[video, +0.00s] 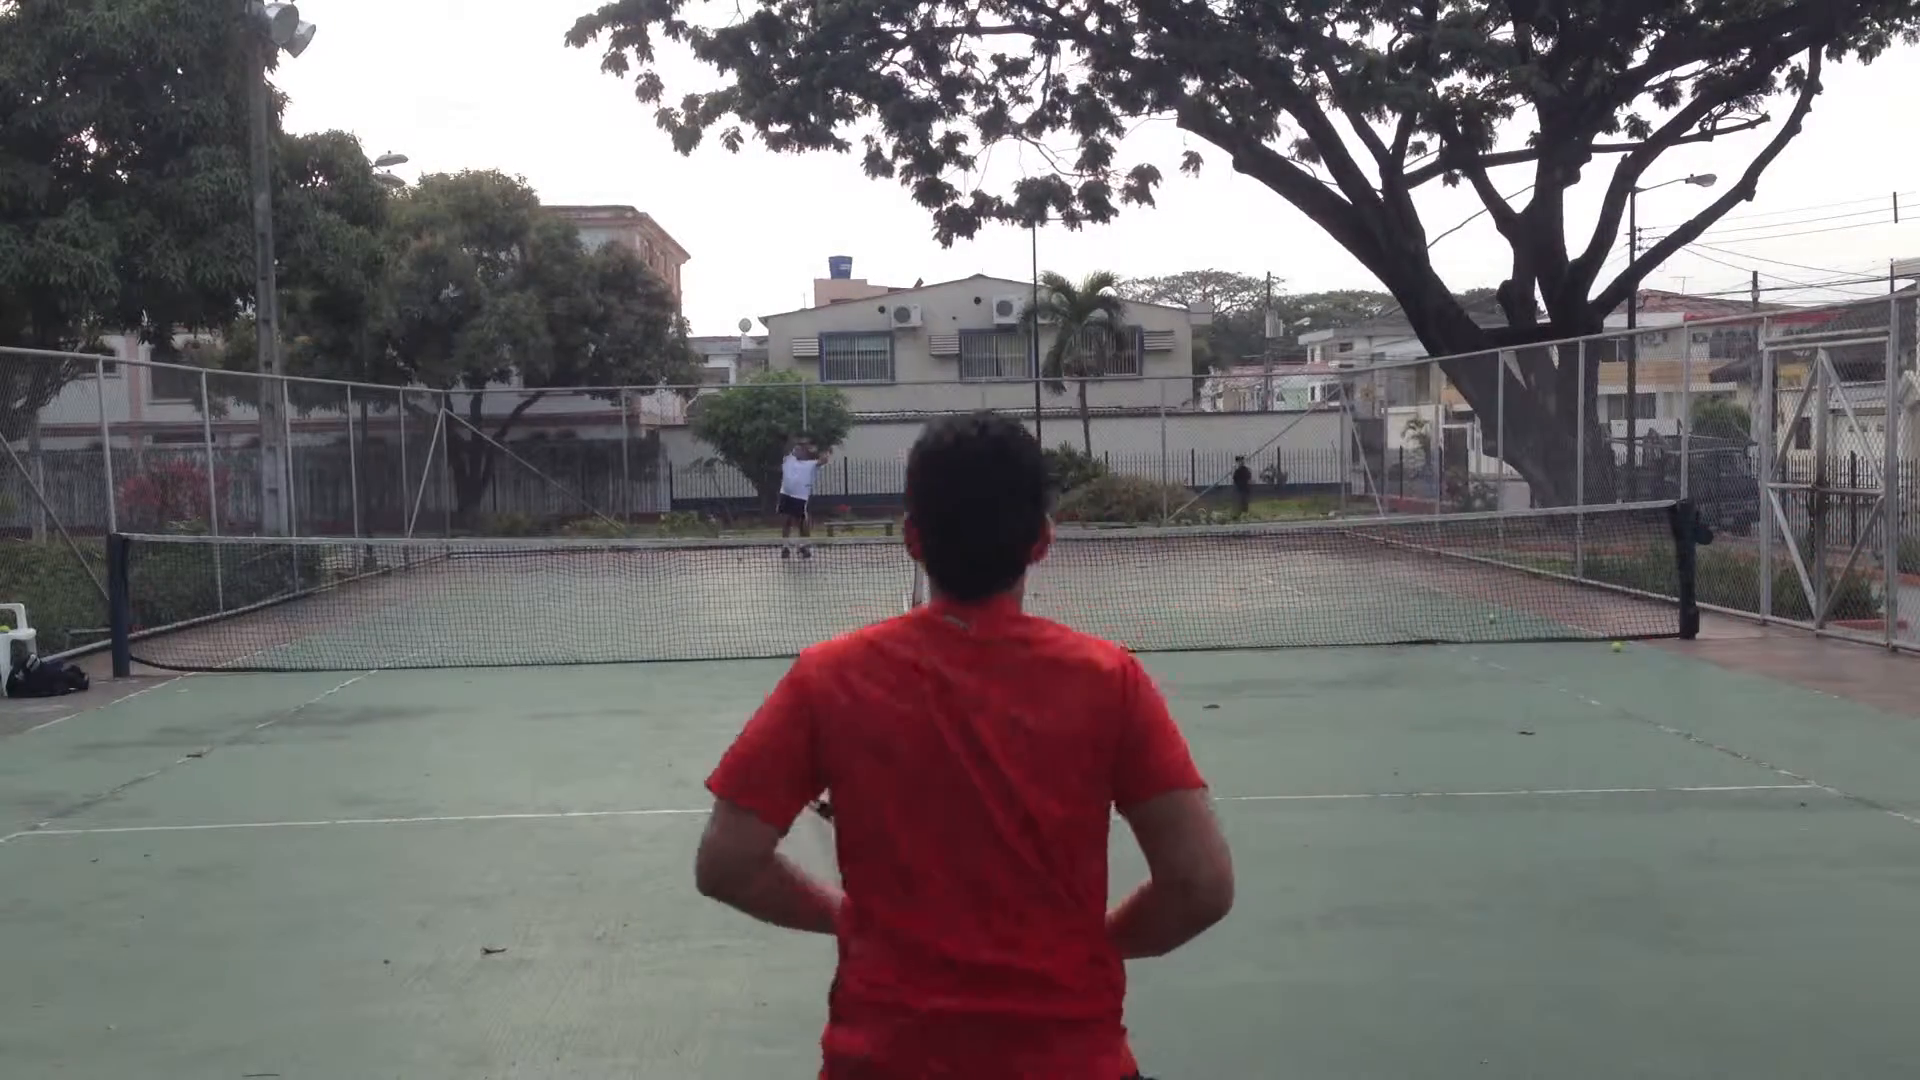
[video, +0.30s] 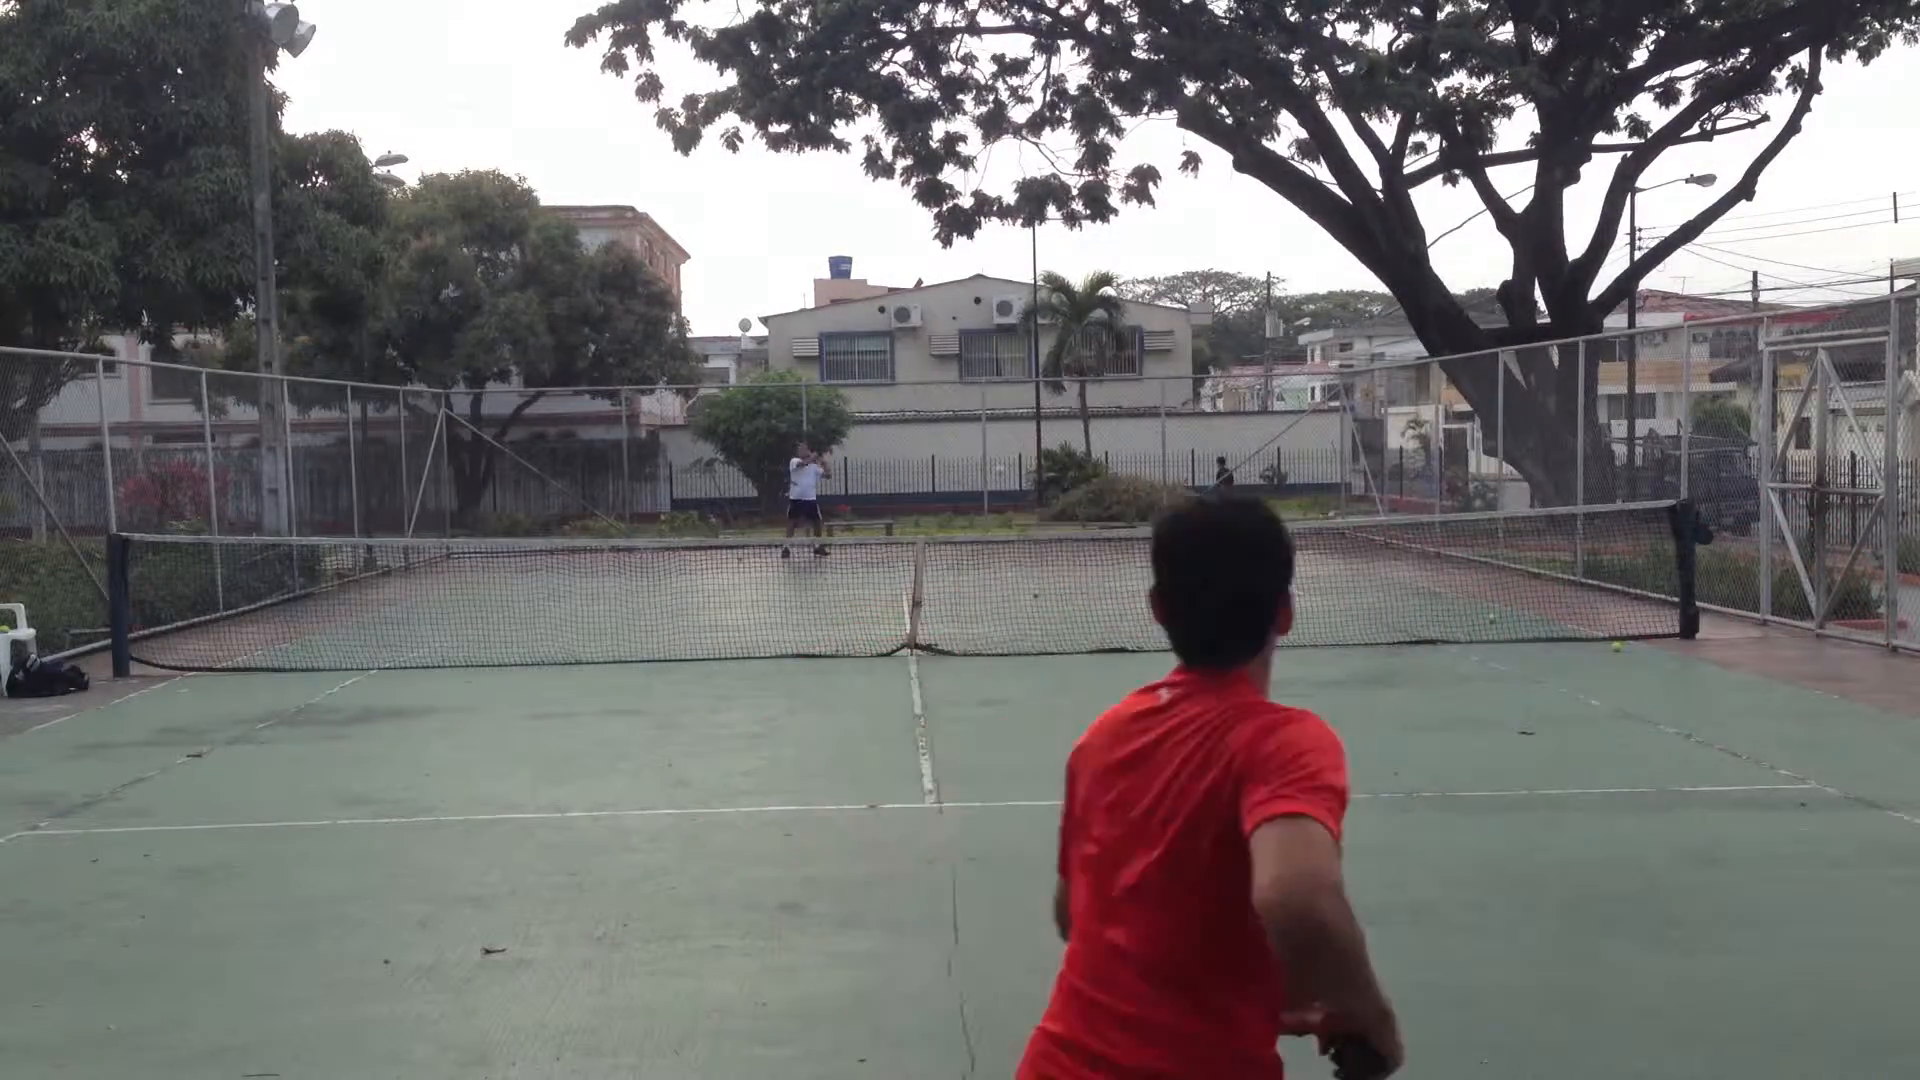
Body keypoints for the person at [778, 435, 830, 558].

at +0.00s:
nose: (798, 451)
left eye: (801, 449)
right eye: (797, 448)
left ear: (806, 452)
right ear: (794, 449)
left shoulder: (811, 463)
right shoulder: (788, 460)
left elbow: (823, 461)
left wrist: (824, 455)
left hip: (802, 497)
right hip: (786, 494)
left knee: (803, 523)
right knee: (786, 520)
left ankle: (804, 546)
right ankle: (785, 545)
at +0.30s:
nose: (800, 449)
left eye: (803, 447)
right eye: (799, 447)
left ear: (809, 451)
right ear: (798, 451)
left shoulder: (814, 466)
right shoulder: (794, 461)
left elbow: (827, 475)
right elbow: (801, 464)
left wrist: (825, 464)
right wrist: (812, 458)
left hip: (811, 499)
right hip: (796, 498)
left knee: (817, 522)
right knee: (792, 522)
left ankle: (818, 546)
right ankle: (787, 546)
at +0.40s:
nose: (811, 455)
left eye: (812, 452)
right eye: (808, 452)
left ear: (817, 453)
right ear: (805, 453)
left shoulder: (819, 466)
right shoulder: (801, 465)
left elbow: (828, 481)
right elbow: (802, 474)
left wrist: (829, 471)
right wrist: (818, 468)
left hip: (817, 499)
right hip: (802, 499)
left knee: (822, 523)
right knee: (796, 524)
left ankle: (819, 546)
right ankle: (788, 547)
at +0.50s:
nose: (817, 455)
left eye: (819, 453)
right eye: (815, 453)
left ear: (821, 454)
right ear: (810, 455)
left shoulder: (825, 468)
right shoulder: (806, 469)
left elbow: (831, 483)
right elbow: (805, 482)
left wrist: (831, 476)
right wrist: (823, 479)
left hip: (823, 500)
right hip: (809, 501)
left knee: (827, 525)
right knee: (802, 525)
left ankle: (820, 546)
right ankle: (791, 547)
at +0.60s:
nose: (825, 455)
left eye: (827, 452)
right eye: (822, 452)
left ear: (829, 454)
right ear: (817, 454)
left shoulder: (833, 468)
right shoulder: (813, 469)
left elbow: (838, 485)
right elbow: (805, 484)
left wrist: (837, 481)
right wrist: (815, 487)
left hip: (829, 501)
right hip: (815, 501)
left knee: (829, 525)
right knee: (813, 523)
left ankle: (821, 546)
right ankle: (807, 545)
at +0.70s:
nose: (827, 454)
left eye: (829, 452)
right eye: (825, 452)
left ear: (831, 452)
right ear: (821, 453)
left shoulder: (838, 464)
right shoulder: (815, 466)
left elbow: (845, 479)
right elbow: (809, 483)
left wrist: (839, 480)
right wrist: (821, 485)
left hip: (835, 498)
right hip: (821, 498)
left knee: (831, 523)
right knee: (824, 521)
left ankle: (828, 545)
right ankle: (823, 543)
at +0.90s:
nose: (836, 456)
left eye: (837, 453)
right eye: (833, 454)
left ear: (839, 453)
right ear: (828, 455)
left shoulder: (848, 466)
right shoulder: (824, 469)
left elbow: (855, 480)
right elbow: (818, 486)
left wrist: (848, 480)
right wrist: (829, 488)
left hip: (847, 499)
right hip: (833, 500)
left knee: (852, 524)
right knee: (839, 522)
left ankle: (836, 532)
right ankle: (841, 545)